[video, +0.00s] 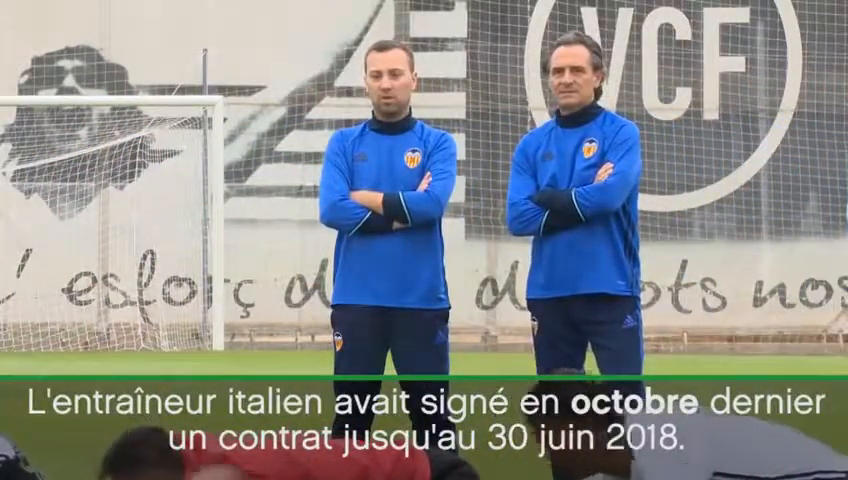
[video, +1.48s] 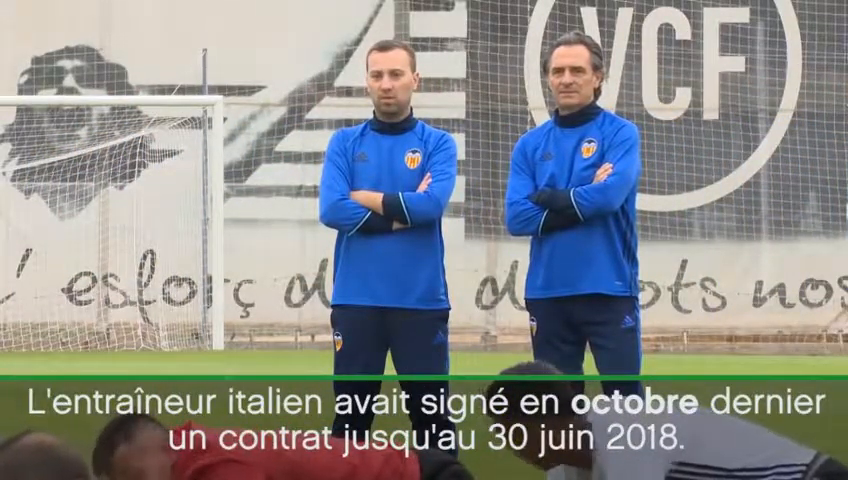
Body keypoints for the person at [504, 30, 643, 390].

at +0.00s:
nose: (566, 79)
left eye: (576, 70)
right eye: (558, 71)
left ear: (598, 77)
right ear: (548, 79)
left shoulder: (619, 131)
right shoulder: (529, 144)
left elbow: (610, 197)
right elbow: (517, 218)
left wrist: (542, 197)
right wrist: (590, 194)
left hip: (611, 289)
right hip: (549, 293)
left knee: (625, 403)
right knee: (556, 406)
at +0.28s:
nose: (566, 80)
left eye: (576, 71)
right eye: (558, 71)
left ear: (599, 78)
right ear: (550, 80)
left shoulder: (621, 133)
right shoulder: (531, 143)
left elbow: (610, 195)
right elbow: (518, 218)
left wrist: (543, 197)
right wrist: (589, 194)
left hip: (611, 291)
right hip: (550, 294)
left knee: (627, 403)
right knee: (557, 407)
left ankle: (638, 476)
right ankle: (566, 476)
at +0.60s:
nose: (567, 80)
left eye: (577, 71)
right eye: (559, 71)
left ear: (599, 78)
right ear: (550, 80)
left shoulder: (622, 133)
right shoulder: (530, 143)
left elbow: (609, 196)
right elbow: (518, 218)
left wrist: (542, 197)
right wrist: (589, 195)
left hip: (612, 292)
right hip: (550, 294)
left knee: (626, 404)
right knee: (556, 408)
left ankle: (630, 476)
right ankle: (564, 476)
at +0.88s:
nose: (567, 79)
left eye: (578, 70)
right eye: (559, 71)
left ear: (599, 77)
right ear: (550, 79)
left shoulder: (620, 132)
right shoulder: (530, 143)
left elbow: (610, 198)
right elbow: (518, 218)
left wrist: (543, 196)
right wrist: (592, 193)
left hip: (610, 290)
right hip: (548, 293)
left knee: (625, 404)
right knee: (554, 405)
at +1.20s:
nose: (566, 80)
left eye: (577, 71)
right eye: (558, 71)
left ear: (598, 78)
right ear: (548, 79)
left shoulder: (619, 132)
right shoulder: (528, 144)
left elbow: (609, 198)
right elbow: (517, 218)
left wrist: (543, 197)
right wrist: (591, 194)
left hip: (610, 291)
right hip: (548, 294)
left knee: (625, 404)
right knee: (555, 406)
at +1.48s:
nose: (566, 80)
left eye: (576, 71)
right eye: (558, 72)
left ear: (597, 78)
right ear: (548, 79)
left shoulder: (618, 131)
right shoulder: (528, 144)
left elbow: (609, 198)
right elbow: (517, 218)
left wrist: (543, 197)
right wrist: (590, 193)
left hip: (610, 290)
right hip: (548, 293)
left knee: (625, 403)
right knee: (555, 406)